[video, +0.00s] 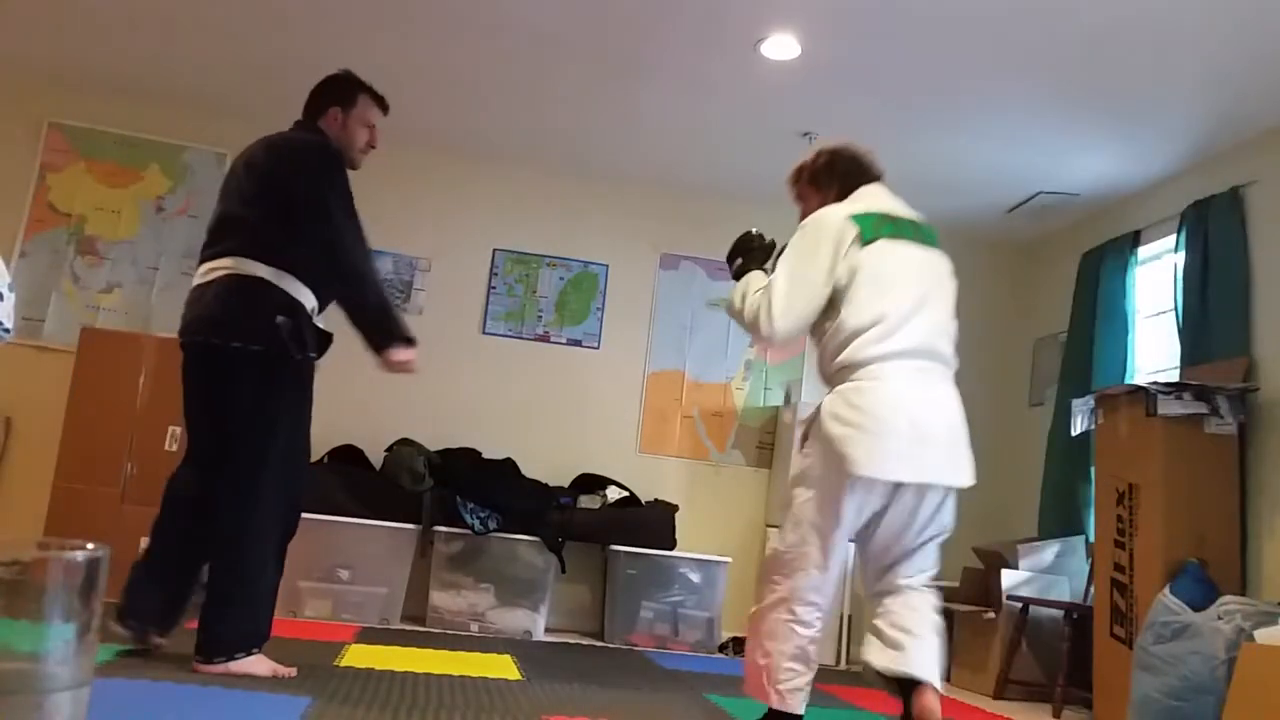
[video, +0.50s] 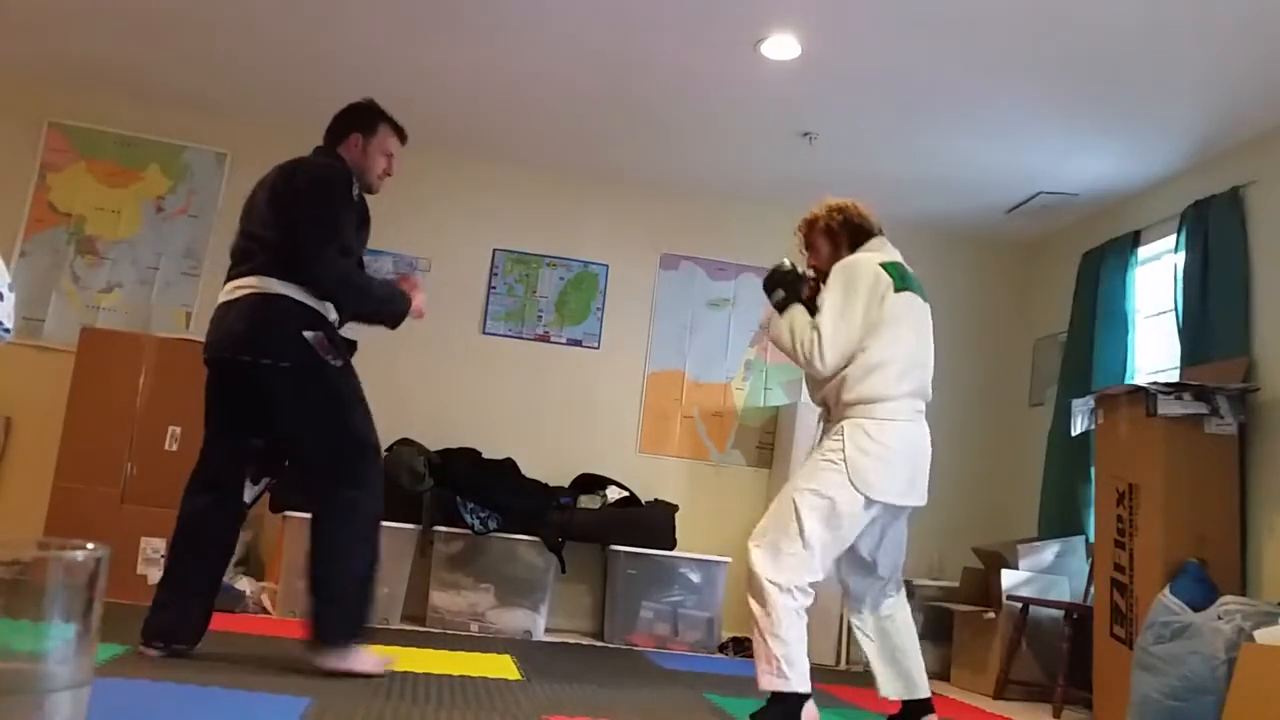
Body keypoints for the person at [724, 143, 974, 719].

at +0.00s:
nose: (801, 214)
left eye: (802, 203)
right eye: (798, 204)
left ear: (821, 189)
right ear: (866, 182)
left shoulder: (831, 223)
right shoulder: (925, 236)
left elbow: (777, 323)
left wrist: (747, 276)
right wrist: (800, 273)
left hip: (862, 422)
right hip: (940, 430)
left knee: (805, 565)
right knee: (908, 577)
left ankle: (784, 705)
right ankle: (923, 691)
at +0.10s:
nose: (786, 228)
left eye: (787, 218)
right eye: (783, 220)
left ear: (806, 206)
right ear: (850, 198)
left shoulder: (816, 240)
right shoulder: (907, 246)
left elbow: (766, 334)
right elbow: (860, 316)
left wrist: (745, 276)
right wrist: (787, 271)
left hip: (850, 427)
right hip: (923, 432)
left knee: (777, 567)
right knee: (894, 569)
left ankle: (783, 707)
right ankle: (910, 670)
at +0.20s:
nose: (786, 229)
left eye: (786, 220)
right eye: (783, 222)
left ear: (805, 208)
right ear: (846, 200)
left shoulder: (817, 238)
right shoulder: (902, 243)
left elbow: (773, 331)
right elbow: (860, 315)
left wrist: (752, 277)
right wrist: (791, 270)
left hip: (849, 422)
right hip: (917, 428)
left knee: (783, 561)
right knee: (889, 568)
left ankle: (784, 707)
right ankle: (915, 701)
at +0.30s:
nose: (789, 230)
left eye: (790, 219)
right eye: (786, 222)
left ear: (811, 207)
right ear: (850, 202)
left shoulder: (825, 239)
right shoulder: (902, 246)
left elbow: (785, 328)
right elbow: (864, 323)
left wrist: (763, 275)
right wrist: (796, 271)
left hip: (852, 425)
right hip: (912, 430)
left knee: (796, 561)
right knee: (891, 566)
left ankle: (787, 705)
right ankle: (910, 695)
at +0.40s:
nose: (801, 244)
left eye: (803, 233)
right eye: (799, 235)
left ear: (823, 222)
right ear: (855, 218)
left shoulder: (843, 255)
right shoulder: (901, 259)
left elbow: (803, 340)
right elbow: (866, 337)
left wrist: (776, 288)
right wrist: (809, 283)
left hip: (861, 431)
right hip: (910, 432)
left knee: (789, 561)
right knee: (884, 575)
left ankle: (790, 703)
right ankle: (915, 701)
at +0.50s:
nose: (809, 261)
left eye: (812, 248)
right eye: (806, 251)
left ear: (840, 237)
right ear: (863, 237)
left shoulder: (858, 270)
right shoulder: (905, 280)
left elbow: (822, 355)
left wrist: (786, 303)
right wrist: (814, 301)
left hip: (863, 442)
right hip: (907, 445)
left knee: (774, 556)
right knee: (873, 582)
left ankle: (788, 696)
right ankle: (916, 701)